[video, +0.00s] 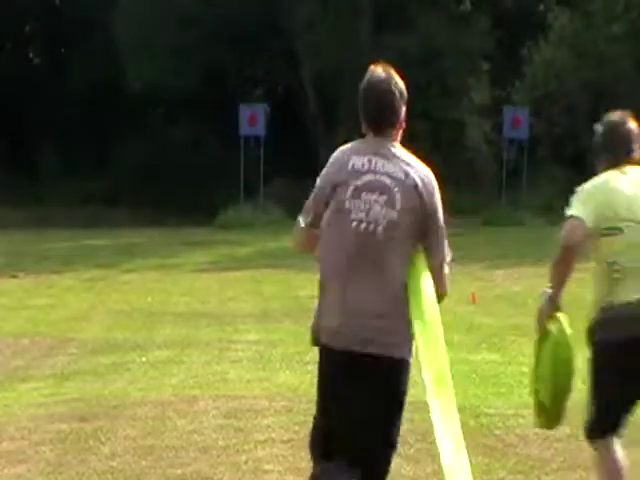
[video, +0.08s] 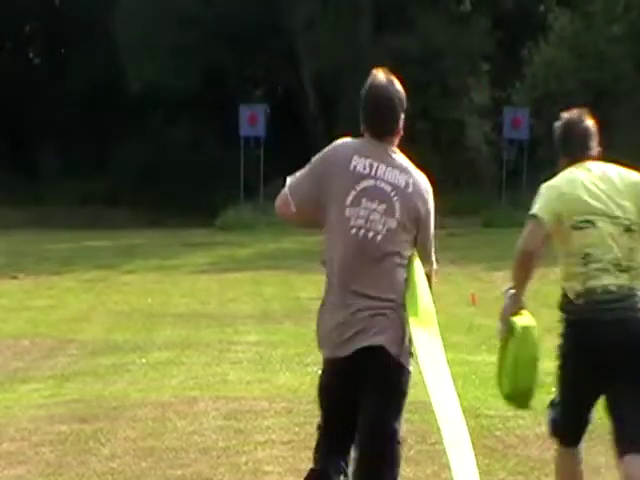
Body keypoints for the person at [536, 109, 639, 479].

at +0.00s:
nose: (595, 152)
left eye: (598, 147)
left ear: (602, 149)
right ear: (636, 147)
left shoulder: (597, 190)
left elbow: (570, 240)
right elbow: (571, 242)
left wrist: (554, 294)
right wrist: (554, 295)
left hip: (623, 318)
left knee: (603, 431)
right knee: (603, 432)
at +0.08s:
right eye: (594, 141)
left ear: (560, 150)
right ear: (597, 144)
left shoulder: (555, 189)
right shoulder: (631, 181)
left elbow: (528, 249)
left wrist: (516, 295)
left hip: (586, 321)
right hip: (633, 315)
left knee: (569, 434)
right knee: (631, 434)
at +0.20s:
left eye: (524, 153)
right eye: (550, 152)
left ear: (520, 156)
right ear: (556, 155)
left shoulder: (507, 195)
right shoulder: (580, 190)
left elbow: (474, 234)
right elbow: (619, 229)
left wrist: (469, 292)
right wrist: (619, 299)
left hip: (539, 315)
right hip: (586, 310)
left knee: (535, 404)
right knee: (572, 389)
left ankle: (535, 468)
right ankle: (563, 442)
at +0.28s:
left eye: (508, 145)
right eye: (532, 145)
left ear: (501, 147)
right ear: (536, 148)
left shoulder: (481, 183)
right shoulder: (555, 184)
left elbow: (454, 224)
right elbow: (589, 231)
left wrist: (445, 276)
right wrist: (585, 295)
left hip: (495, 302)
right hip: (542, 299)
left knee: (518, 401)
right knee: (523, 396)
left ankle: (537, 468)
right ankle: (521, 468)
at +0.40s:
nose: (485, 165)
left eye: (468, 159)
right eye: (490, 159)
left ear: (460, 161)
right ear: (494, 161)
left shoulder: (442, 194)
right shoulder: (514, 198)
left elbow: (425, 243)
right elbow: (550, 240)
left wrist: (425, 283)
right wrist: (542, 306)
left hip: (451, 299)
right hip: (496, 302)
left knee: (459, 395)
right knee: (491, 400)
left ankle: (470, 462)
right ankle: (489, 464)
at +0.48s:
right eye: (455, 152)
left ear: (423, 155)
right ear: (458, 154)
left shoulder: (411, 190)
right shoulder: (479, 190)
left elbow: (394, 246)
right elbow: (516, 230)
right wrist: (513, 297)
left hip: (423, 303)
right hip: (470, 301)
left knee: (423, 389)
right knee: (475, 386)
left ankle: (435, 466)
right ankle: (477, 460)